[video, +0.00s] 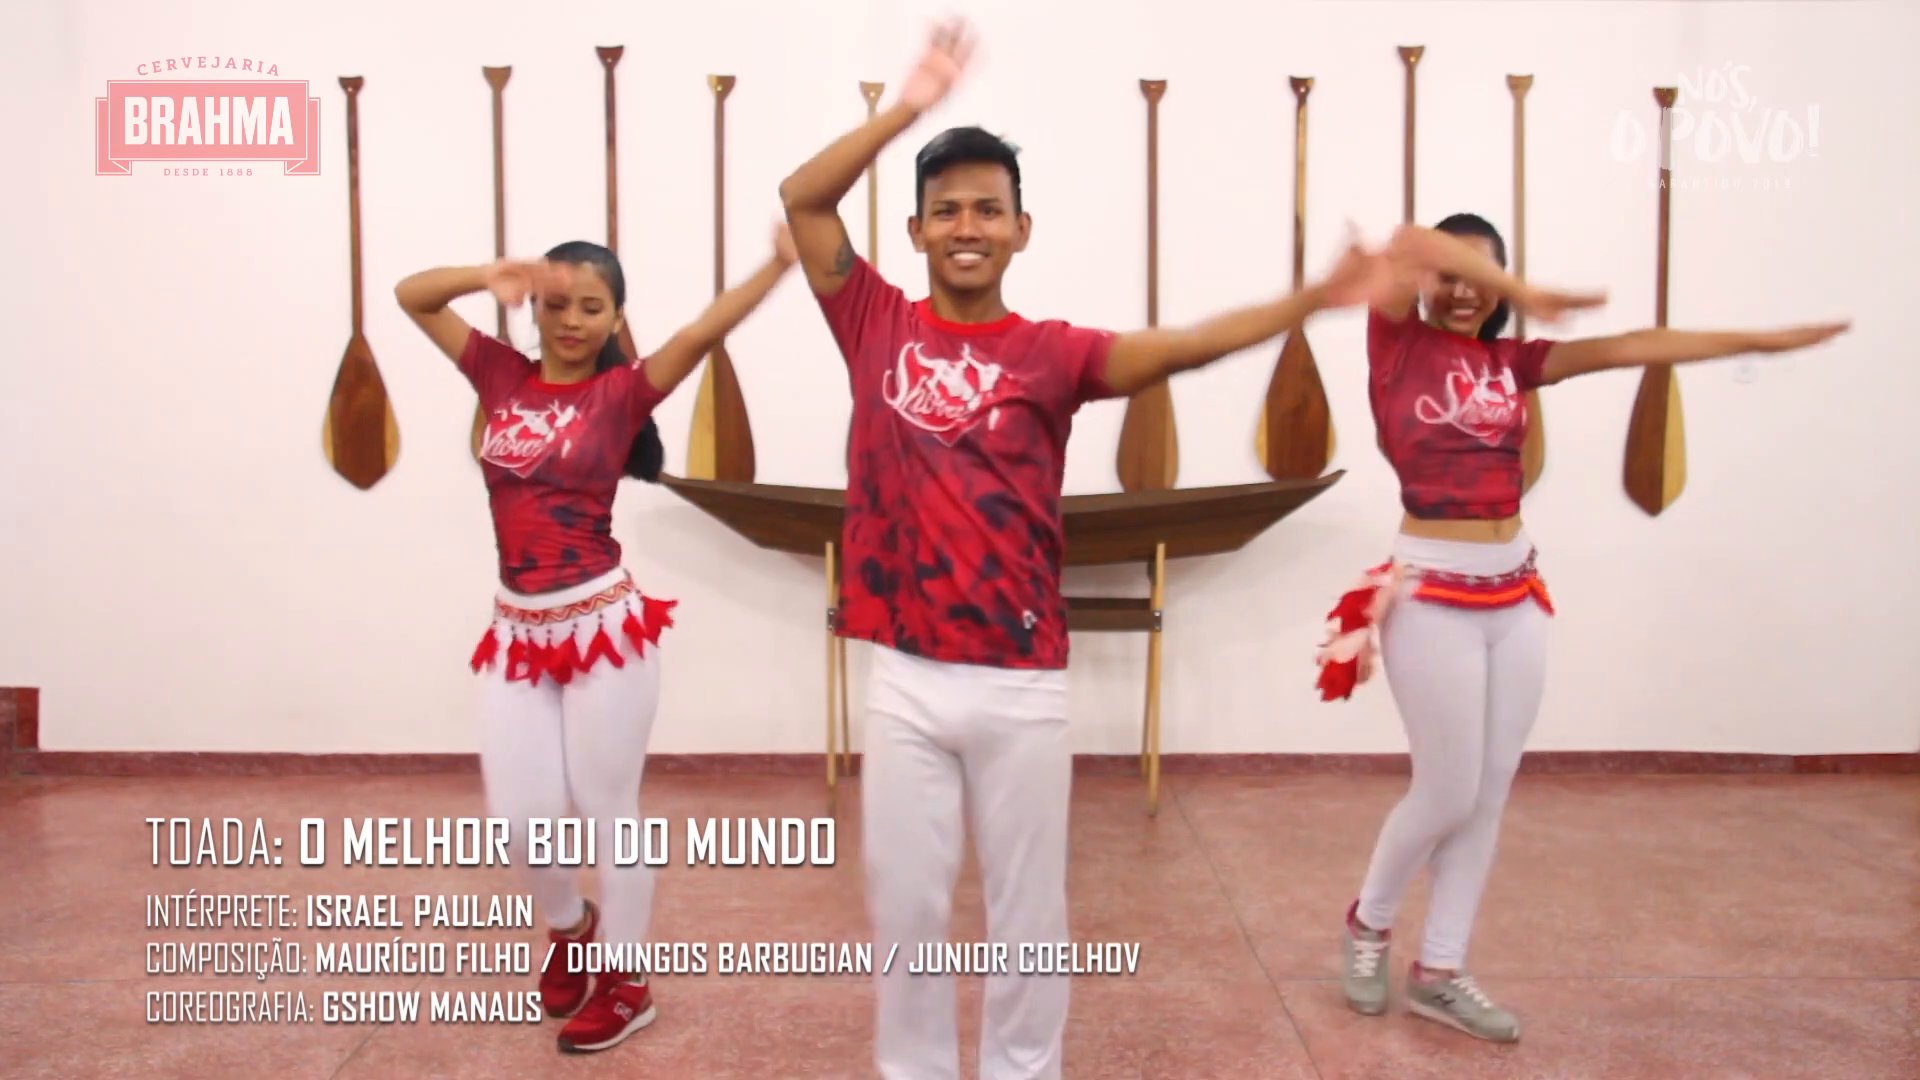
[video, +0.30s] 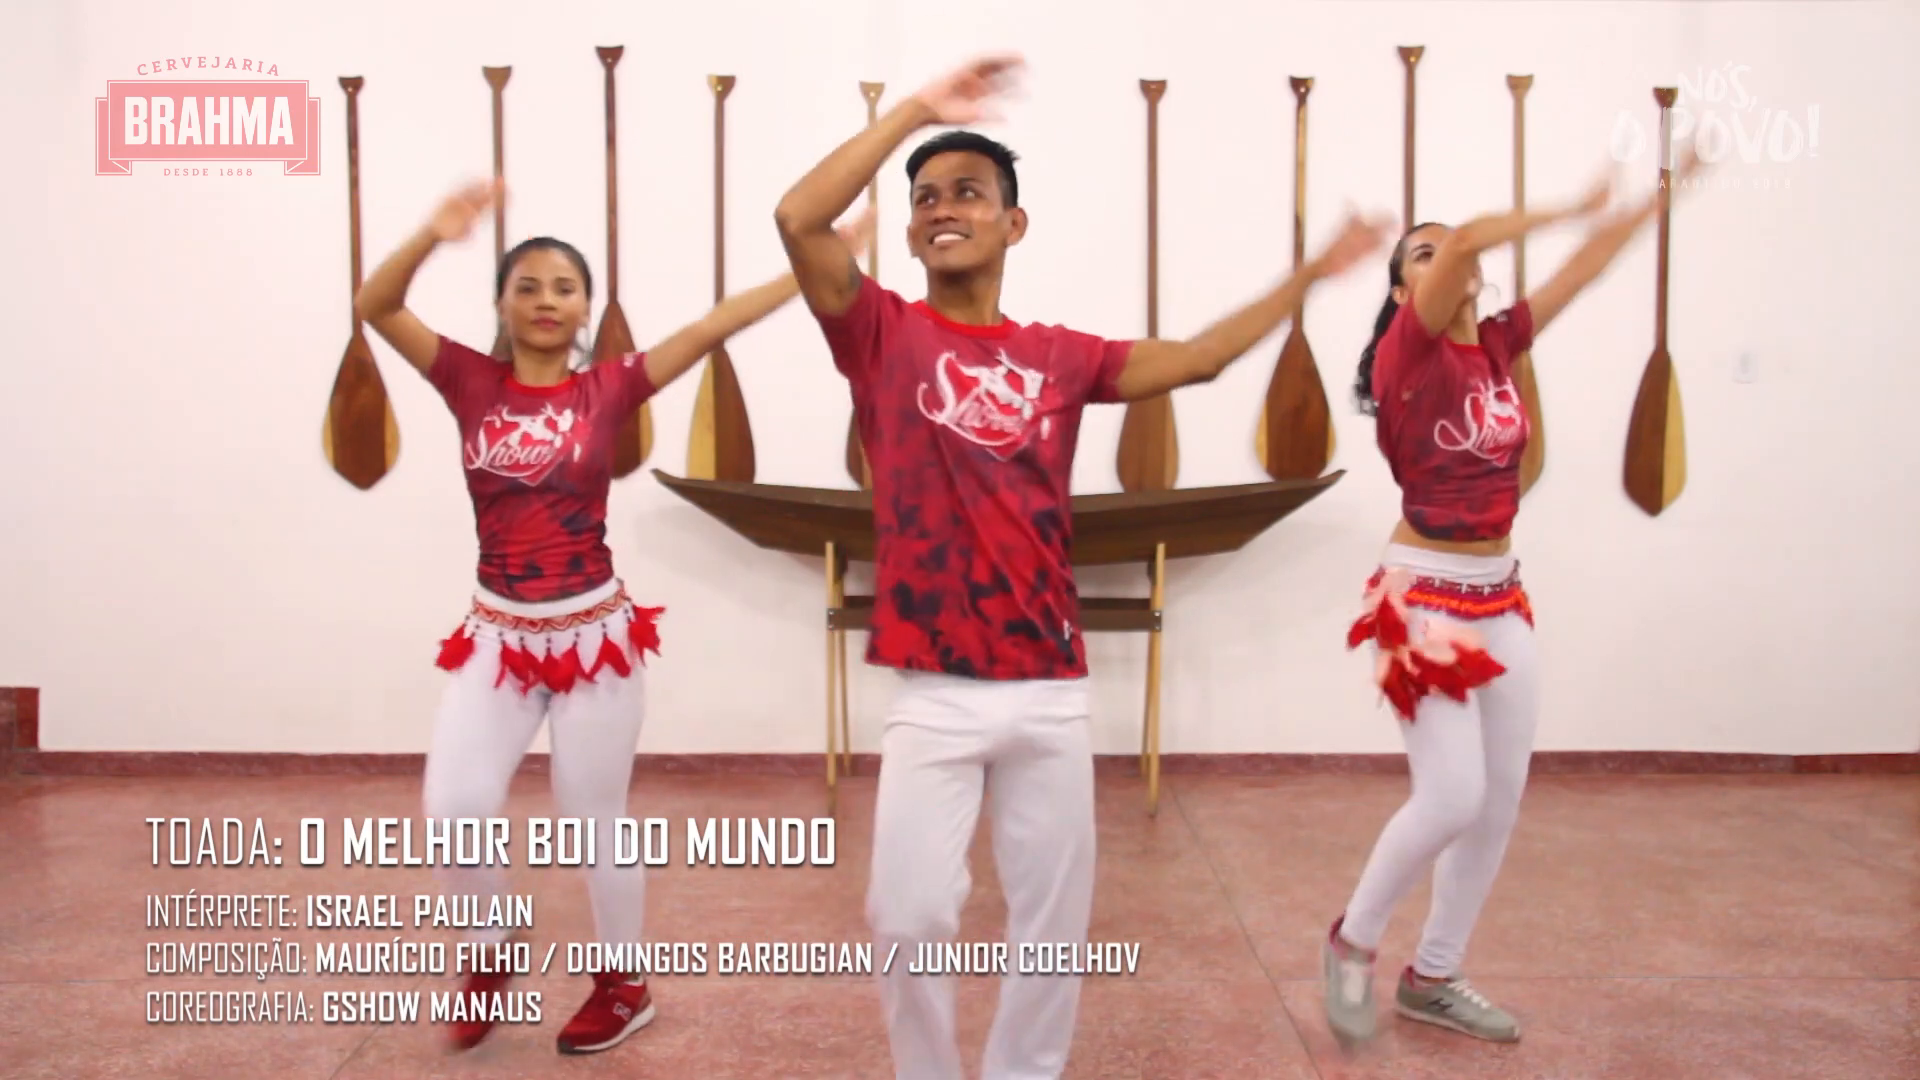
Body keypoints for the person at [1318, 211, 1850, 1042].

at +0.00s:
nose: (1470, 291)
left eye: (1482, 278)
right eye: (1455, 272)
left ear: (1498, 296)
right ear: (1422, 275)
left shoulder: (1513, 359)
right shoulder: (1395, 344)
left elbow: (1633, 346)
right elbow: (1416, 247)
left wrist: (1757, 340)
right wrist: (1522, 288)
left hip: (1514, 595)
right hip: (1430, 595)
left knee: (1485, 797)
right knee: (1445, 792)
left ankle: (1437, 972)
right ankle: (1368, 925)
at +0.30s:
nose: (1455, 256)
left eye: (1461, 249)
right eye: (1433, 252)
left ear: (1472, 274)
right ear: (1406, 284)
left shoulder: (1495, 340)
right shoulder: (1405, 355)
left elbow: (1581, 270)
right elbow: (1461, 241)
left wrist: (1664, 192)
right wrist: (1568, 211)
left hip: (1499, 594)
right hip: (1423, 593)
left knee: (1499, 801)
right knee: (1449, 798)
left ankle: (1432, 976)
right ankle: (1352, 945)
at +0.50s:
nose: (1459, 248)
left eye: (1461, 239)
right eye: (1436, 242)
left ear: (1475, 263)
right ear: (1410, 272)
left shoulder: (1488, 331)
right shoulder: (1414, 340)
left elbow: (1531, 218)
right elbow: (1428, 208)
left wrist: (1559, 101)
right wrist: (1483, 70)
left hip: (1490, 604)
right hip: (1416, 599)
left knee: (1466, 810)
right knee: (1395, 819)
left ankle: (1433, 977)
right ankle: (1336, 1021)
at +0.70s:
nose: (1429, 249)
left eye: (1436, 239)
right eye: (1407, 247)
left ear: (1459, 264)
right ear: (1389, 279)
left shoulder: (1475, 341)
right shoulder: (1393, 345)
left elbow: (1505, 249)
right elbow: (1368, 229)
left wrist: (1494, 174)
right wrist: (1330, 101)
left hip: (1465, 611)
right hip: (1390, 608)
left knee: (1454, 814)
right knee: (1384, 839)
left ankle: (1430, 977)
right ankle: (1334, 1042)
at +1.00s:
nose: (1402, 251)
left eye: (1415, 243)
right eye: (1381, 244)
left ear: (1440, 274)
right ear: (1356, 278)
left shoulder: (1460, 356)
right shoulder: (1337, 350)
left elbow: (1530, 238)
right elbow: (1255, 269)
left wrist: (1462, 235)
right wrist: (1168, 181)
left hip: (1416, 627)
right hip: (1326, 615)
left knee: (1514, 821)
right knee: (1352, 840)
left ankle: (1417, 954)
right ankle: (1331, 1051)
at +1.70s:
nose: (1474, 265)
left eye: (1497, 256)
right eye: (1463, 245)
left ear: (1515, 282)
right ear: (1430, 255)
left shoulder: (1495, 368)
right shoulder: (1388, 328)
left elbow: (1538, 247)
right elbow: (1329, 211)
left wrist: (1487, 97)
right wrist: (1270, 89)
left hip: (1450, 618)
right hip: (1337, 617)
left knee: (1533, 870)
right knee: (1349, 861)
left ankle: (1542, 1065)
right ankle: (1332, 1051)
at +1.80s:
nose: (1496, 254)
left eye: (1520, 244)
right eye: (1483, 236)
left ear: (1539, 274)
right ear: (1449, 253)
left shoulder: (1514, 364)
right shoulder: (1407, 323)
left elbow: (1571, 243)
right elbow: (1373, 176)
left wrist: (1590, 86)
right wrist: (1346, 32)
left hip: (1470, 620)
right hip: (1360, 622)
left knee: (1536, 886)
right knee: (1361, 865)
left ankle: (1595, 1072)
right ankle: (1345, 1051)